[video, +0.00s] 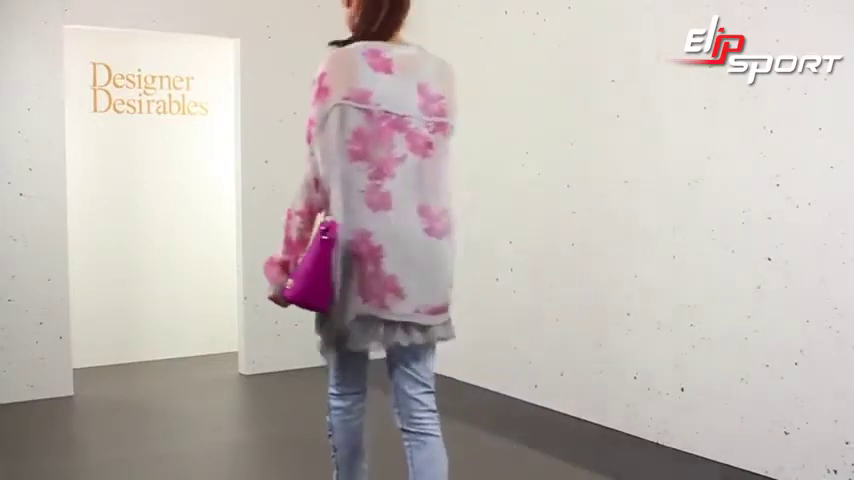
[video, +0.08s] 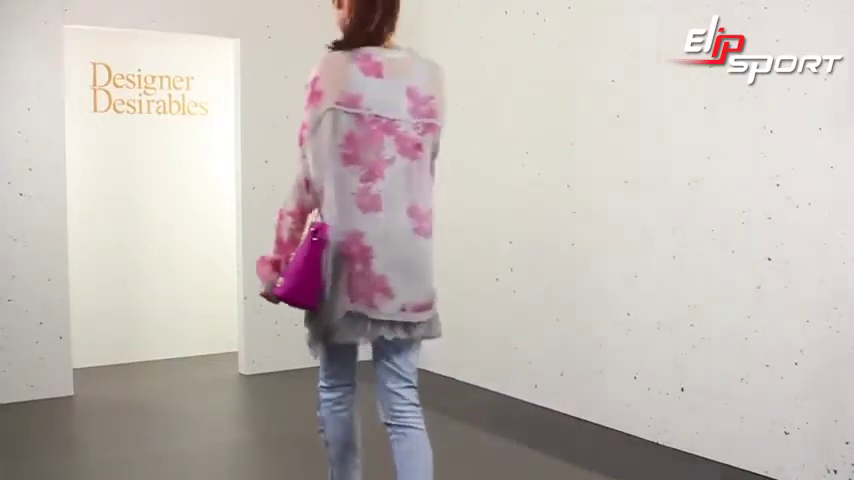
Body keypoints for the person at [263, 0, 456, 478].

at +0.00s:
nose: (345, 10)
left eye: (346, 3)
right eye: (346, 3)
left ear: (356, 7)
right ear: (403, 8)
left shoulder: (342, 65)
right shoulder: (438, 71)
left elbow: (318, 176)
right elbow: (433, 174)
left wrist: (285, 266)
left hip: (352, 253)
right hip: (424, 254)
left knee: (346, 397)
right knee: (419, 405)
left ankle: (349, 475)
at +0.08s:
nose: (335, 11)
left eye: (338, 3)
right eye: (337, 3)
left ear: (348, 9)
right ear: (393, 10)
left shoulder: (334, 68)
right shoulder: (428, 74)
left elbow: (311, 176)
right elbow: (425, 173)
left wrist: (277, 261)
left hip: (341, 253)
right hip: (408, 255)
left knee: (337, 393)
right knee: (403, 402)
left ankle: (345, 477)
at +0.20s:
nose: (324, 11)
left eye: (325, 4)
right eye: (326, 4)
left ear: (333, 10)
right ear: (380, 11)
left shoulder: (317, 73)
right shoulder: (415, 74)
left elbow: (299, 173)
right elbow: (421, 178)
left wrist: (268, 253)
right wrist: (423, 263)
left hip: (331, 246)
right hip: (396, 248)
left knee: (329, 380)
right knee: (377, 384)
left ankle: (340, 475)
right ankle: (398, 476)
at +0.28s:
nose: (318, 12)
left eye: (320, 4)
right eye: (319, 4)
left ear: (330, 11)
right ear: (372, 10)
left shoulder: (310, 73)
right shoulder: (408, 75)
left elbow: (289, 172)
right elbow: (420, 176)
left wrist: (260, 248)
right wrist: (424, 259)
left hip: (326, 242)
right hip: (389, 242)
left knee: (329, 375)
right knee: (368, 369)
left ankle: (341, 475)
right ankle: (386, 474)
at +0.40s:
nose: (306, 11)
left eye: (310, 4)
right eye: (308, 4)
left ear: (320, 11)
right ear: (362, 11)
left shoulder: (296, 73)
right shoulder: (393, 75)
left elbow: (279, 167)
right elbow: (405, 176)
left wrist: (259, 239)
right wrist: (414, 259)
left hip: (316, 239)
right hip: (381, 239)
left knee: (330, 373)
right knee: (357, 360)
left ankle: (344, 474)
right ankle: (361, 467)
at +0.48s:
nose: (298, 21)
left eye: (301, 13)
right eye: (300, 13)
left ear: (311, 17)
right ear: (352, 18)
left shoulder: (287, 82)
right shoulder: (382, 84)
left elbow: (272, 175)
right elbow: (393, 181)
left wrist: (258, 245)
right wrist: (401, 262)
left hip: (308, 244)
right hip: (368, 244)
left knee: (327, 371)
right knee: (349, 361)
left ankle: (344, 473)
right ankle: (338, 457)